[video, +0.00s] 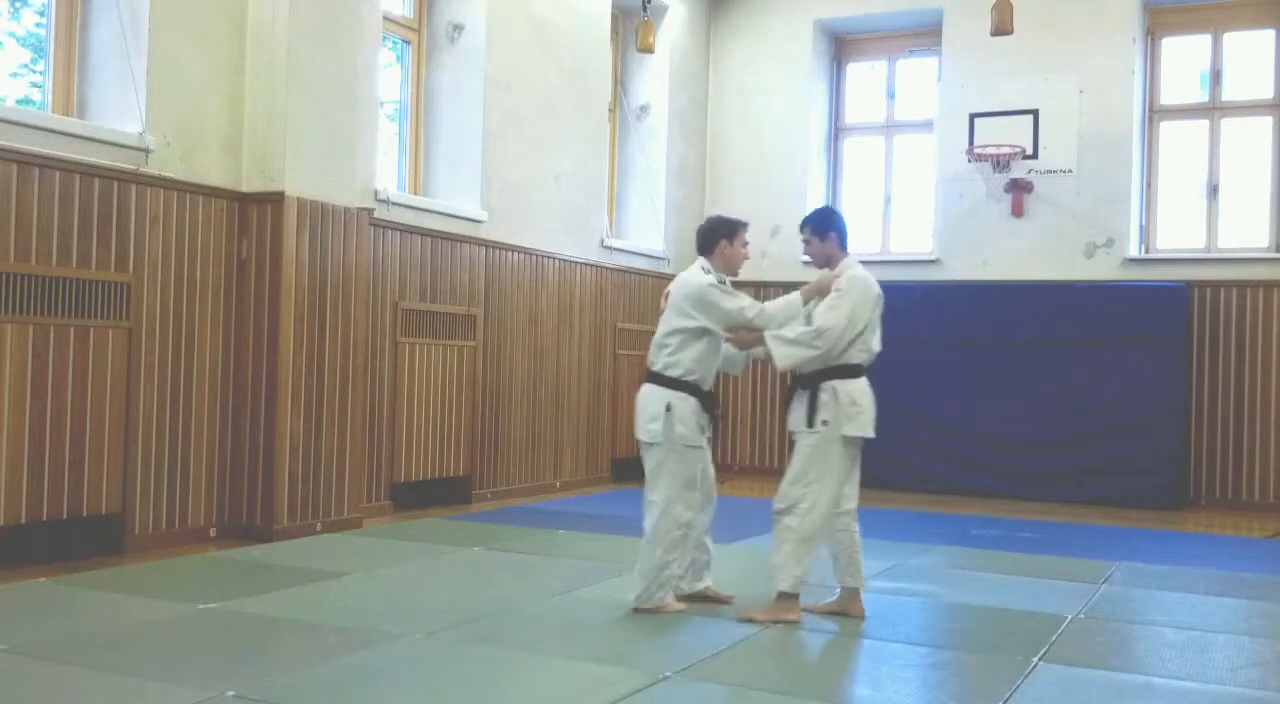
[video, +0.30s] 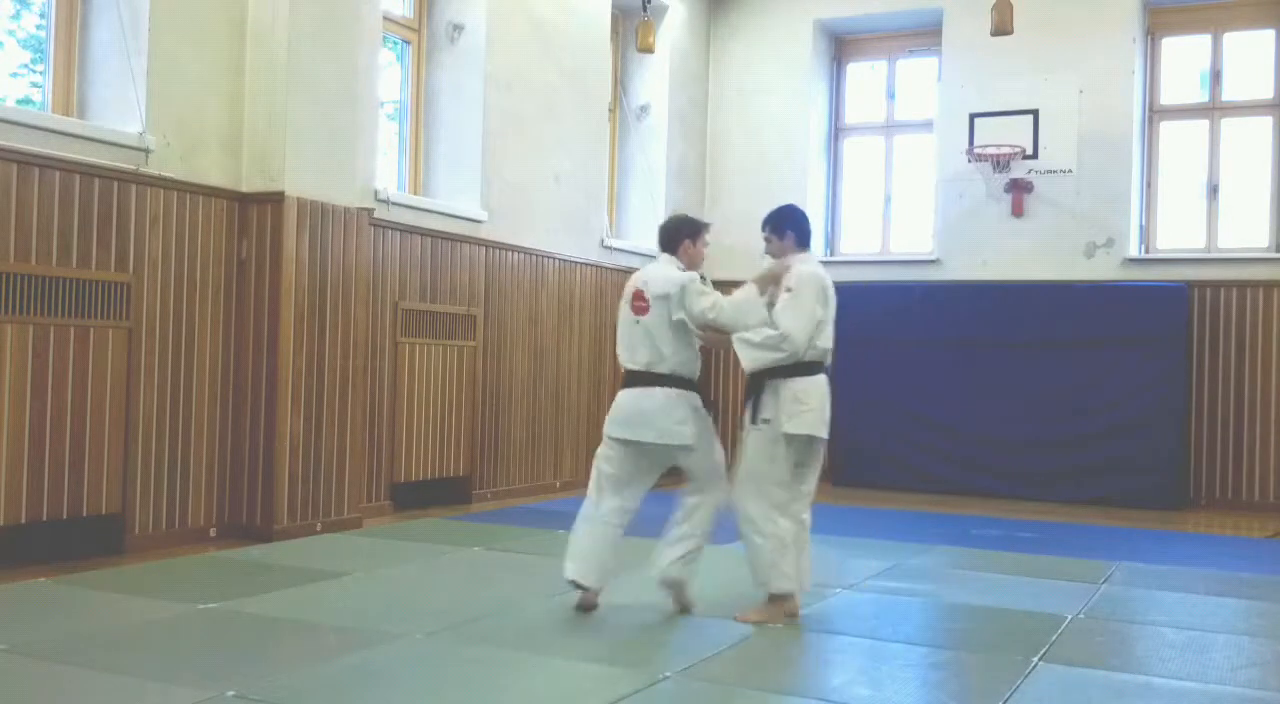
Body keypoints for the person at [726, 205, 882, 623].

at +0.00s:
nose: (806, 252)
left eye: (810, 243)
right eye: (804, 244)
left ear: (833, 238)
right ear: (829, 241)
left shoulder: (855, 282)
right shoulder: (837, 282)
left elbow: (824, 334)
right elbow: (806, 327)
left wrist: (763, 342)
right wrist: (756, 337)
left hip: (835, 399)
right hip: (834, 397)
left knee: (796, 501)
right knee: (839, 504)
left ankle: (786, 600)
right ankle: (850, 594)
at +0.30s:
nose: (765, 248)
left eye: (769, 240)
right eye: (765, 241)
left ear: (789, 237)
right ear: (795, 237)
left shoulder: (801, 275)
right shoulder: (810, 275)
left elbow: (790, 337)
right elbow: (780, 329)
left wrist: (734, 342)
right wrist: (724, 332)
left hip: (788, 394)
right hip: (804, 393)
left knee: (757, 492)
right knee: (792, 497)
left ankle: (780, 598)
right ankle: (787, 595)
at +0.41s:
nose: (754, 245)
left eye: (757, 238)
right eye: (755, 239)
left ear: (768, 235)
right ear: (794, 236)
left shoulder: (773, 269)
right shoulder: (809, 277)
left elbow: (782, 327)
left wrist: (732, 330)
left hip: (766, 396)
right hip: (800, 398)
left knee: (707, 484)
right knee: (780, 497)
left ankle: (743, 583)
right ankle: (786, 592)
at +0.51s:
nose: (742, 242)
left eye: (745, 235)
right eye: (745, 236)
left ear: (752, 235)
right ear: (784, 238)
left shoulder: (759, 263)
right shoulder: (795, 275)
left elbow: (746, 307)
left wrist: (725, 281)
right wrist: (736, 276)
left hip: (739, 388)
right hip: (777, 391)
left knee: (705, 490)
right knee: (773, 498)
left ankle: (725, 597)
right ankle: (784, 593)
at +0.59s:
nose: (732, 245)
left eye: (735, 237)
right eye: (735, 238)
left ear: (746, 238)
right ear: (774, 241)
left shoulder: (753, 269)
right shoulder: (788, 278)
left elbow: (753, 309)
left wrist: (717, 334)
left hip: (740, 386)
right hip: (776, 388)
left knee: (712, 495)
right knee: (769, 495)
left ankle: (729, 600)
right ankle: (785, 592)